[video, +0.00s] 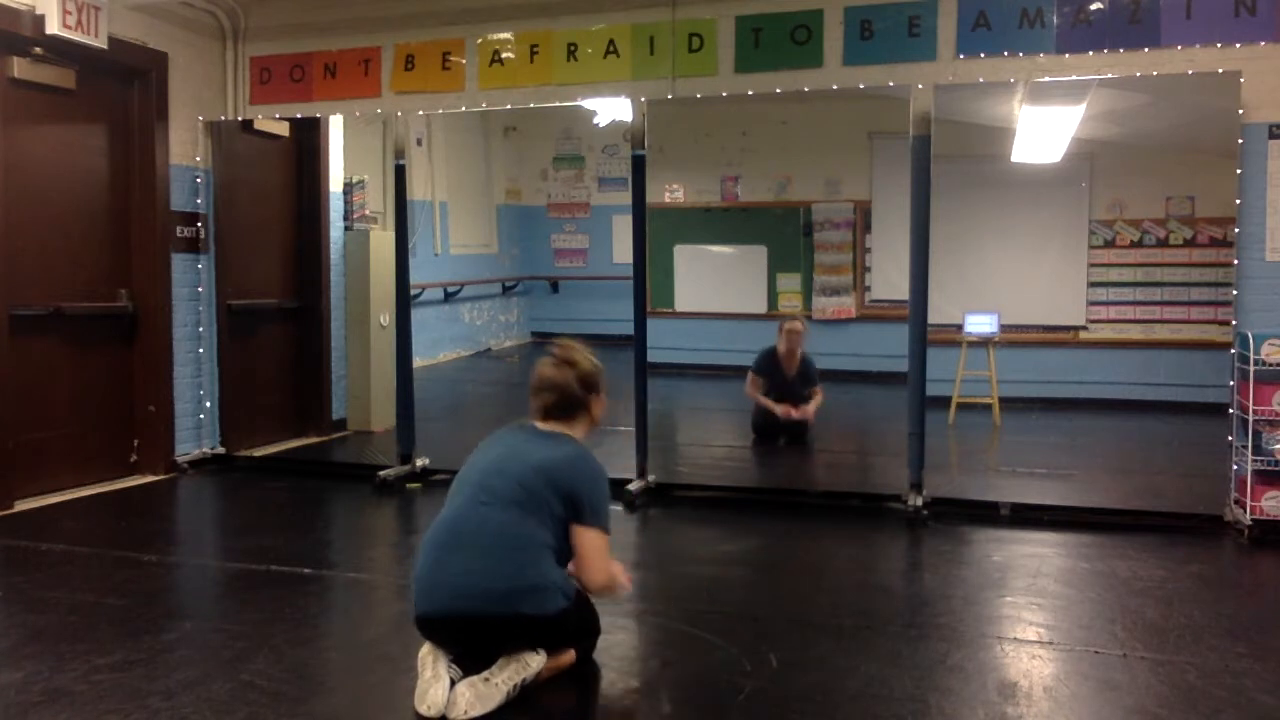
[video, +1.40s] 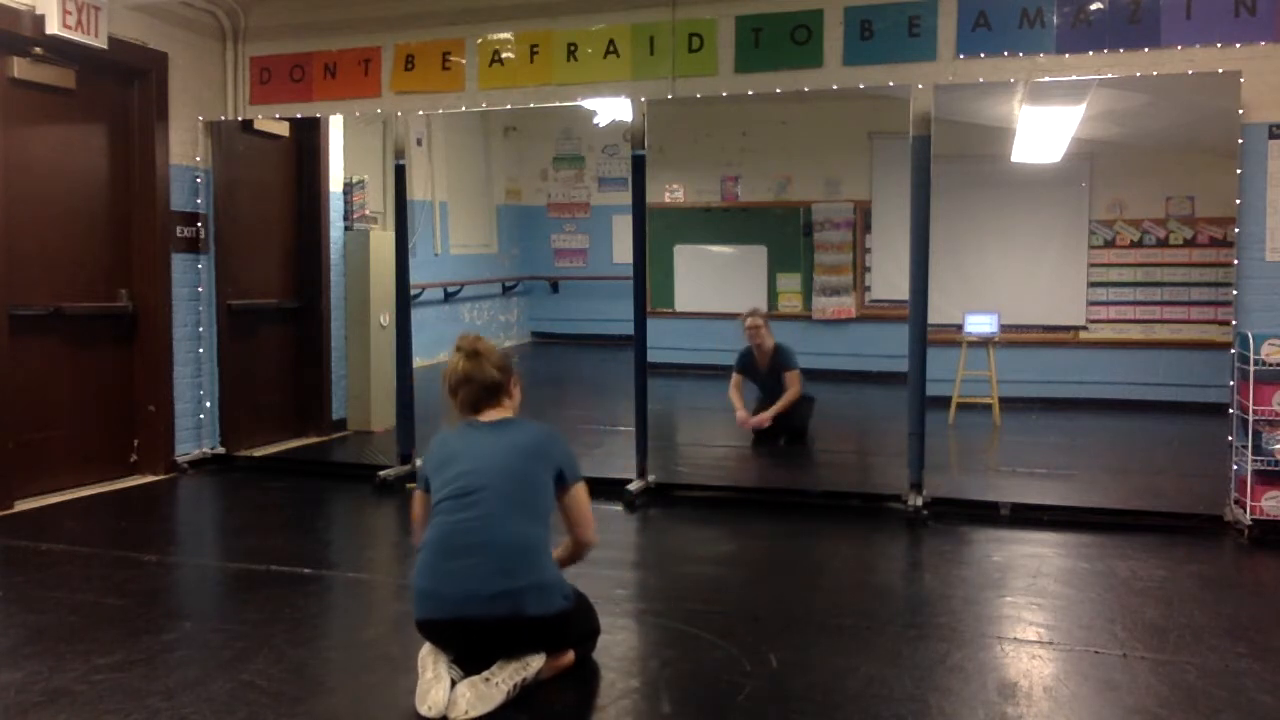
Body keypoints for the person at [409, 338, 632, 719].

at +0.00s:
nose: (604, 405)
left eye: (602, 395)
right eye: (602, 396)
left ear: (537, 398)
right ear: (593, 404)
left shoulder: (496, 443)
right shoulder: (580, 464)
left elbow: (502, 537)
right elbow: (594, 577)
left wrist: (573, 565)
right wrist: (613, 576)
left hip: (437, 597)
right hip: (520, 598)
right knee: (582, 632)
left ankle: (442, 663)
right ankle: (512, 676)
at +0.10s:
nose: (581, 384)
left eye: (578, 374)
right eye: (578, 375)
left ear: (516, 386)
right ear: (569, 385)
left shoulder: (479, 442)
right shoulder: (574, 457)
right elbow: (579, 556)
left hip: (431, 620)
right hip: (517, 618)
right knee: (583, 625)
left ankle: (443, 671)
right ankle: (502, 686)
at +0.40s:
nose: (519, 373)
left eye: (513, 368)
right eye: (515, 368)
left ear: (459, 390)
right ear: (508, 371)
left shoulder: (440, 450)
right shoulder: (555, 435)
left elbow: (404, 545)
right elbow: (586, 523)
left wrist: (457, 532)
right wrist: (552, 562)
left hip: (436, 626)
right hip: (528, 624)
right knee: (583, 617)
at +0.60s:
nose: (492, 407)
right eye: (488, 404)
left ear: (443, 435)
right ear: (485, 406)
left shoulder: (443, 474)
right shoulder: (545, 447)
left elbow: (425, 559)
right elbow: (582, 547)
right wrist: (549, 587)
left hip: (443, 616)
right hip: (538, 614)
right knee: (585, 631)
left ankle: (439, 663)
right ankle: (508, 681)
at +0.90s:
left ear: (452, 481)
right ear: (491, 458)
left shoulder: (459, 491)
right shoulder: (551, 477)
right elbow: (554, 537)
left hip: (443, 594)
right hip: (534, 587)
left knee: (486, 652)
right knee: (583, 637)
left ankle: (443, 662)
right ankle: (533, 666)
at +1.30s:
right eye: (510, 400)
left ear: (457, 421)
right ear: (507, 404)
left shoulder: (446, 458)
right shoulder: (546, 446)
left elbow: (452, 522)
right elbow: (557, 527)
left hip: (444, 606)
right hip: (536, 601)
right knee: (584, 635)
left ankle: (445, 662)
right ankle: (517, 675)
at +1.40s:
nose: (522, 390)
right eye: (519, 383)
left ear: (457, 399)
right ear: (512, 389)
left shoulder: (439, 445)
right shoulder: (544, 438)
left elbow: (420, 533)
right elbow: (584, 537)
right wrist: (548, 564)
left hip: (439, 609)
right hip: (528, 603)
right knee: (584, 632)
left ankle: (440, 664)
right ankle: (514, 675)